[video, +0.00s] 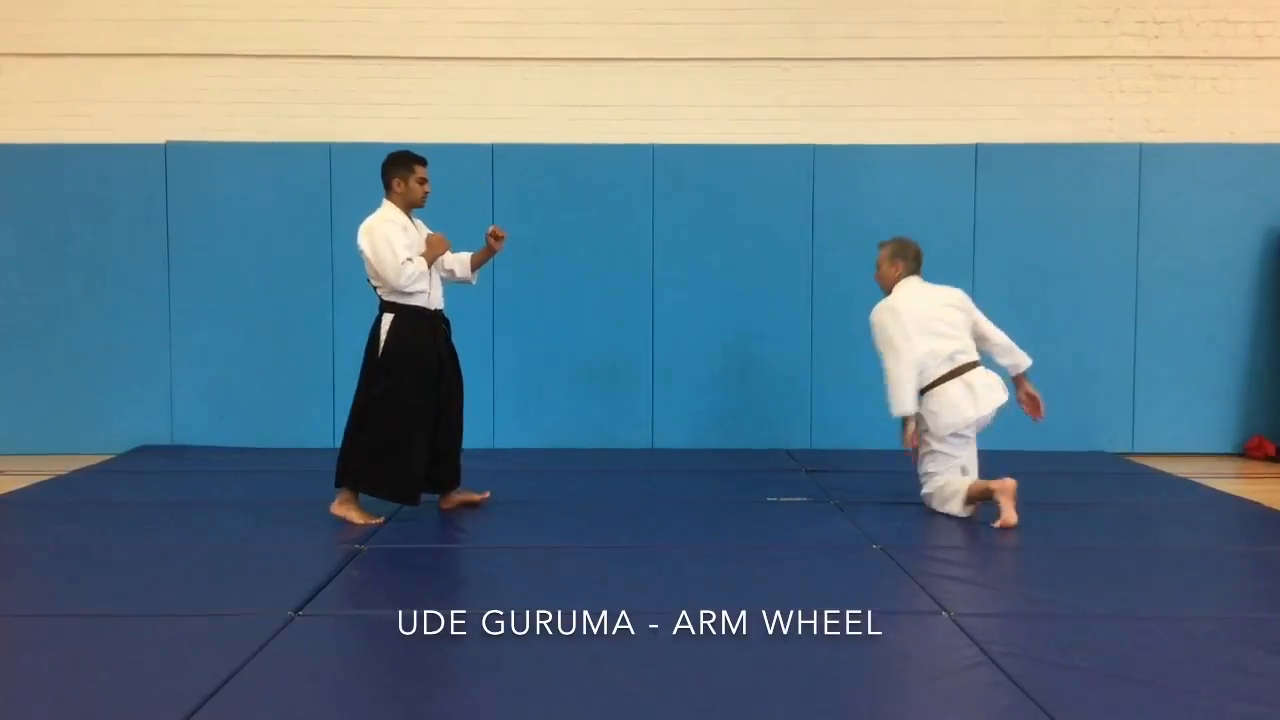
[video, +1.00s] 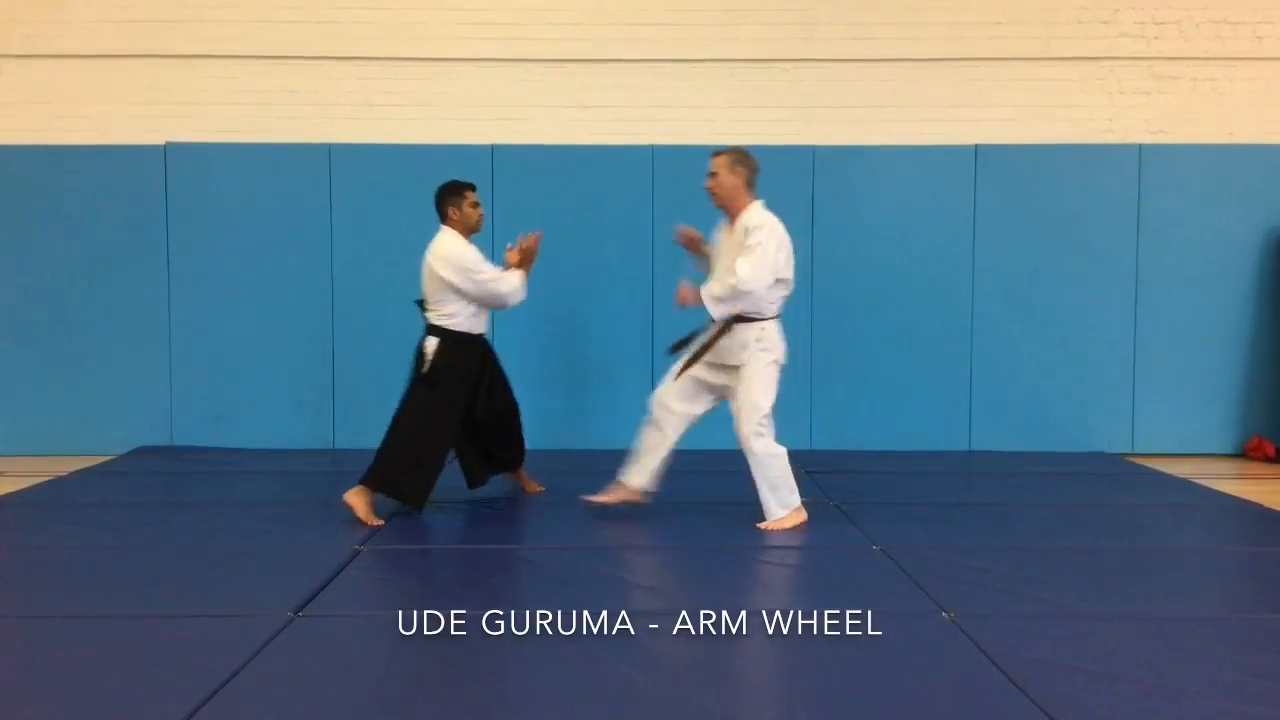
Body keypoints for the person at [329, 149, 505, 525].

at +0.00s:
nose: (428, 188)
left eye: (427, 181)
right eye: (421, 181)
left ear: (406, 185)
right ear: (397, 184)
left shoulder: (416, 228)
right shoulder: (376, 226)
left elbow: (450, 267)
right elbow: (401, 277)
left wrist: (487, 252)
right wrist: (430, 254)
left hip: (432, 327)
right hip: (399, 327)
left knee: (445, 407)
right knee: (377, 411)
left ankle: (449, 491)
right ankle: (346, 497)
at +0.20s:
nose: (425, 190)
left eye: (424, 184)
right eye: (419, 184)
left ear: (404, 187)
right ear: (394, 186)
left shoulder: (415, 232)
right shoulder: (371, 230)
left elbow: (447, 270)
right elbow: (395, 282)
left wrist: (487, 258)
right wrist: (425, 259)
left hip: (426, 331)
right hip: (390, 332)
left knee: (442, 410)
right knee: (371, 417)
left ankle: (450, 492)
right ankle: (343, 504)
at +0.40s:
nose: (425, 188)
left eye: (425, 182)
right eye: (419, 182)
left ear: (403, 186)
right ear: (395, 185)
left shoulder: (416, 230)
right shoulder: (371, 228)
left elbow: (450, 268)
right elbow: (392, 282)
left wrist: (488, 252)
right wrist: (426, 259)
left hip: (424, 331)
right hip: (388, 331)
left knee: (439, 409)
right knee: (368, 416)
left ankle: (449, 491)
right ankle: (343, 505)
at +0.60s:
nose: (435, 190)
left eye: (435, 183)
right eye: (429, 183)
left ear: (414, 187)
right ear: (406, 185)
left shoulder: (428, 232)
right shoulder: (381, 229)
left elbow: (456, 269)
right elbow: (397, 286)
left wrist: (487, 246)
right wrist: (439, 277)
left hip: (427, 332)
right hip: (393, 332)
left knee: (450, 407)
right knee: (375, 416)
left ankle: (454, 489)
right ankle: (344, 502)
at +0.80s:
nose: (453, 201)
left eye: (452, 194)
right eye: (447, 194)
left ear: (427, 199)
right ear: (424, 198)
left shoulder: (434, 240)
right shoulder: (406, 240)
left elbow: (455, 289)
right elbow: (433, 302)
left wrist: (481, 267)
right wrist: (473, 295)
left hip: (437, 338)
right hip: (408, 341)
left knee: (474, 401)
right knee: (390, 422)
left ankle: (484, 472)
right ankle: (350, 497)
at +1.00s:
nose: (481, 211)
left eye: (479, 205)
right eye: (474, 206)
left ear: (457, 213)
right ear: (452, 212)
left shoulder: (458, 246)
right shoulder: (449, 249)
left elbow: (491, 290)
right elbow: (502, 293)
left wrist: (510, 270)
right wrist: (523, 268)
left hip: (471, 346)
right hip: (447, 347)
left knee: (501, 409)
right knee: (416, 422)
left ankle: (517, 472)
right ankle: (363, 491)